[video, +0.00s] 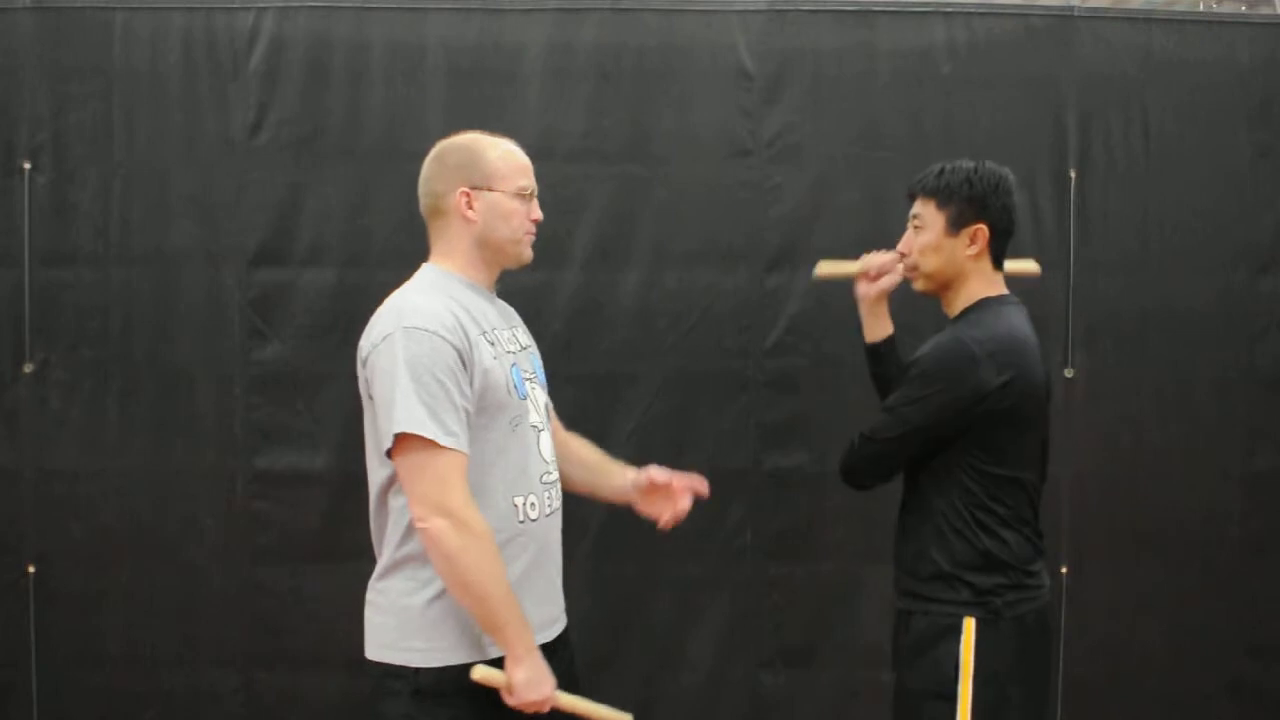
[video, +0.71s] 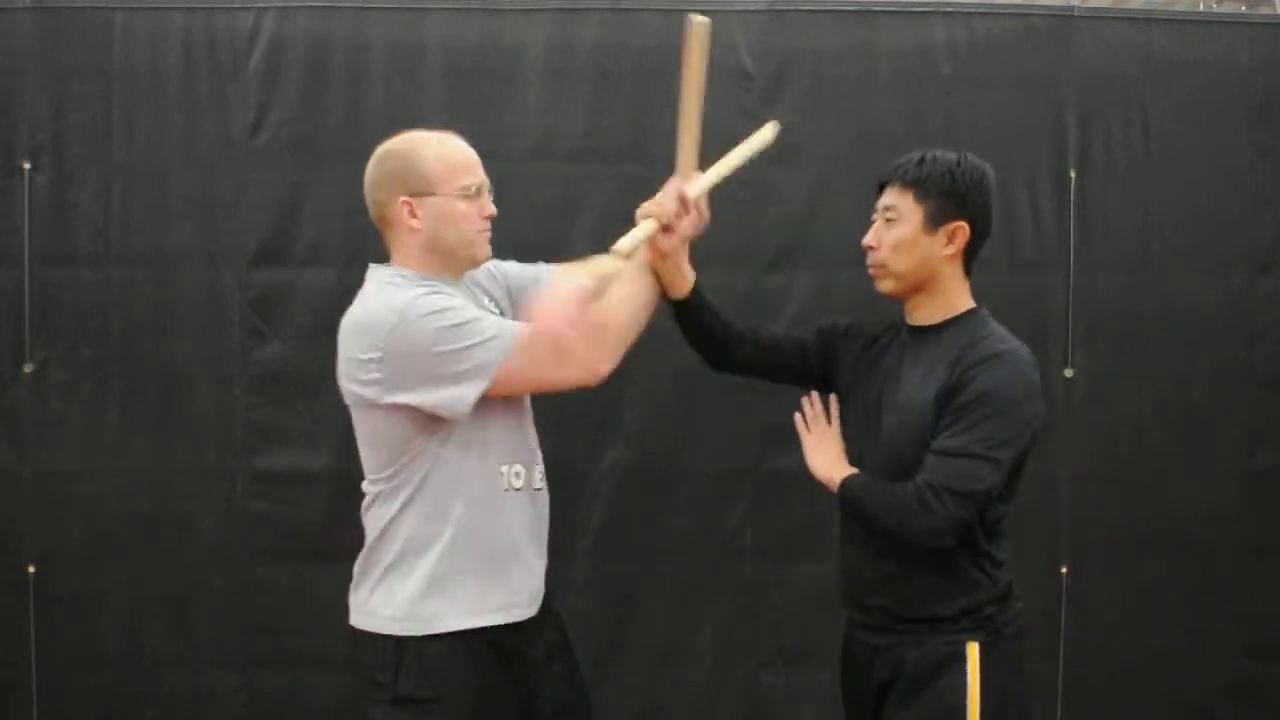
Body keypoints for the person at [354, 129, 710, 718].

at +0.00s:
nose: (538, 214)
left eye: (536, 198)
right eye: (524, 196)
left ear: (473, 205)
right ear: (468, 203)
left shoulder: (502, 320)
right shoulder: (417, 328)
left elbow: (550, 442)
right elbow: (441, 513)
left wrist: (631, 485)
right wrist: (520, 649)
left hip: (537, 645)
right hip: (443, 662)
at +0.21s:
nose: (529, 212)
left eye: (525, 196)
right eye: (513, 195)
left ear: (466, 207)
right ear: (459, 206)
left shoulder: (492, 314)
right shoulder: (430, 324)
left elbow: (571, 387)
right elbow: (493, 507)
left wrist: (634, 410)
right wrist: (570, 613)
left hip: (515, 639)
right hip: (445, 656)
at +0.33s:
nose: (522, 211)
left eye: (517, 195)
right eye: (506, 194)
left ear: (457, 209)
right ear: (453, 207)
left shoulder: (495, 300)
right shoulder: (436, 322)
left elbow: (601, 330)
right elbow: (540, 489)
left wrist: (672, 359)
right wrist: (611, 558)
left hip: (513, 622)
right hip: (443, 645)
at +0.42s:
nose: (517, 209)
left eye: (511, 193)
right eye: (500, 193)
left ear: (451, 208)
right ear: (446, 208)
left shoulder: (494, 284)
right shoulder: (436, 320)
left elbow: (614, 285)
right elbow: (577, 463)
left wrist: (714, 323)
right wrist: (640, 483)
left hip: (512, 619)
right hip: (440, 643)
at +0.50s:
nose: (510, 209)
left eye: (504, 191)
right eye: (492, 192)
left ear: (440, 211)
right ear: (438, 210)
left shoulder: (488, 275)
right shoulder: (430, 320)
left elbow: (606, 258)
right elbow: (595, 417)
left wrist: (725, 282)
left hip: (512, 615)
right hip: (436, 642)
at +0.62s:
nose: (499, 207)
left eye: (493, 191)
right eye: (481, 194)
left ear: (427, 212)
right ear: (422, 212)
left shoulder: (480, 276)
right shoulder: (416, 320)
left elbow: (596, 255)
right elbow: (598, 363)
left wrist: (661, 294)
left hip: (515, 611)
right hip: (434, 633)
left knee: (555, 707)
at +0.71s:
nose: (491, 210)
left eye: (486, 193)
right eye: (472, 194)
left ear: (415, 215)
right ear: (411, 212)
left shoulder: (487, 284)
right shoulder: (393, 318)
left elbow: (594, 282)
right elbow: (581, 357)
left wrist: (659, 235)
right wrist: (656, 260)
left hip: (521, 622)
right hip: (427, 638)